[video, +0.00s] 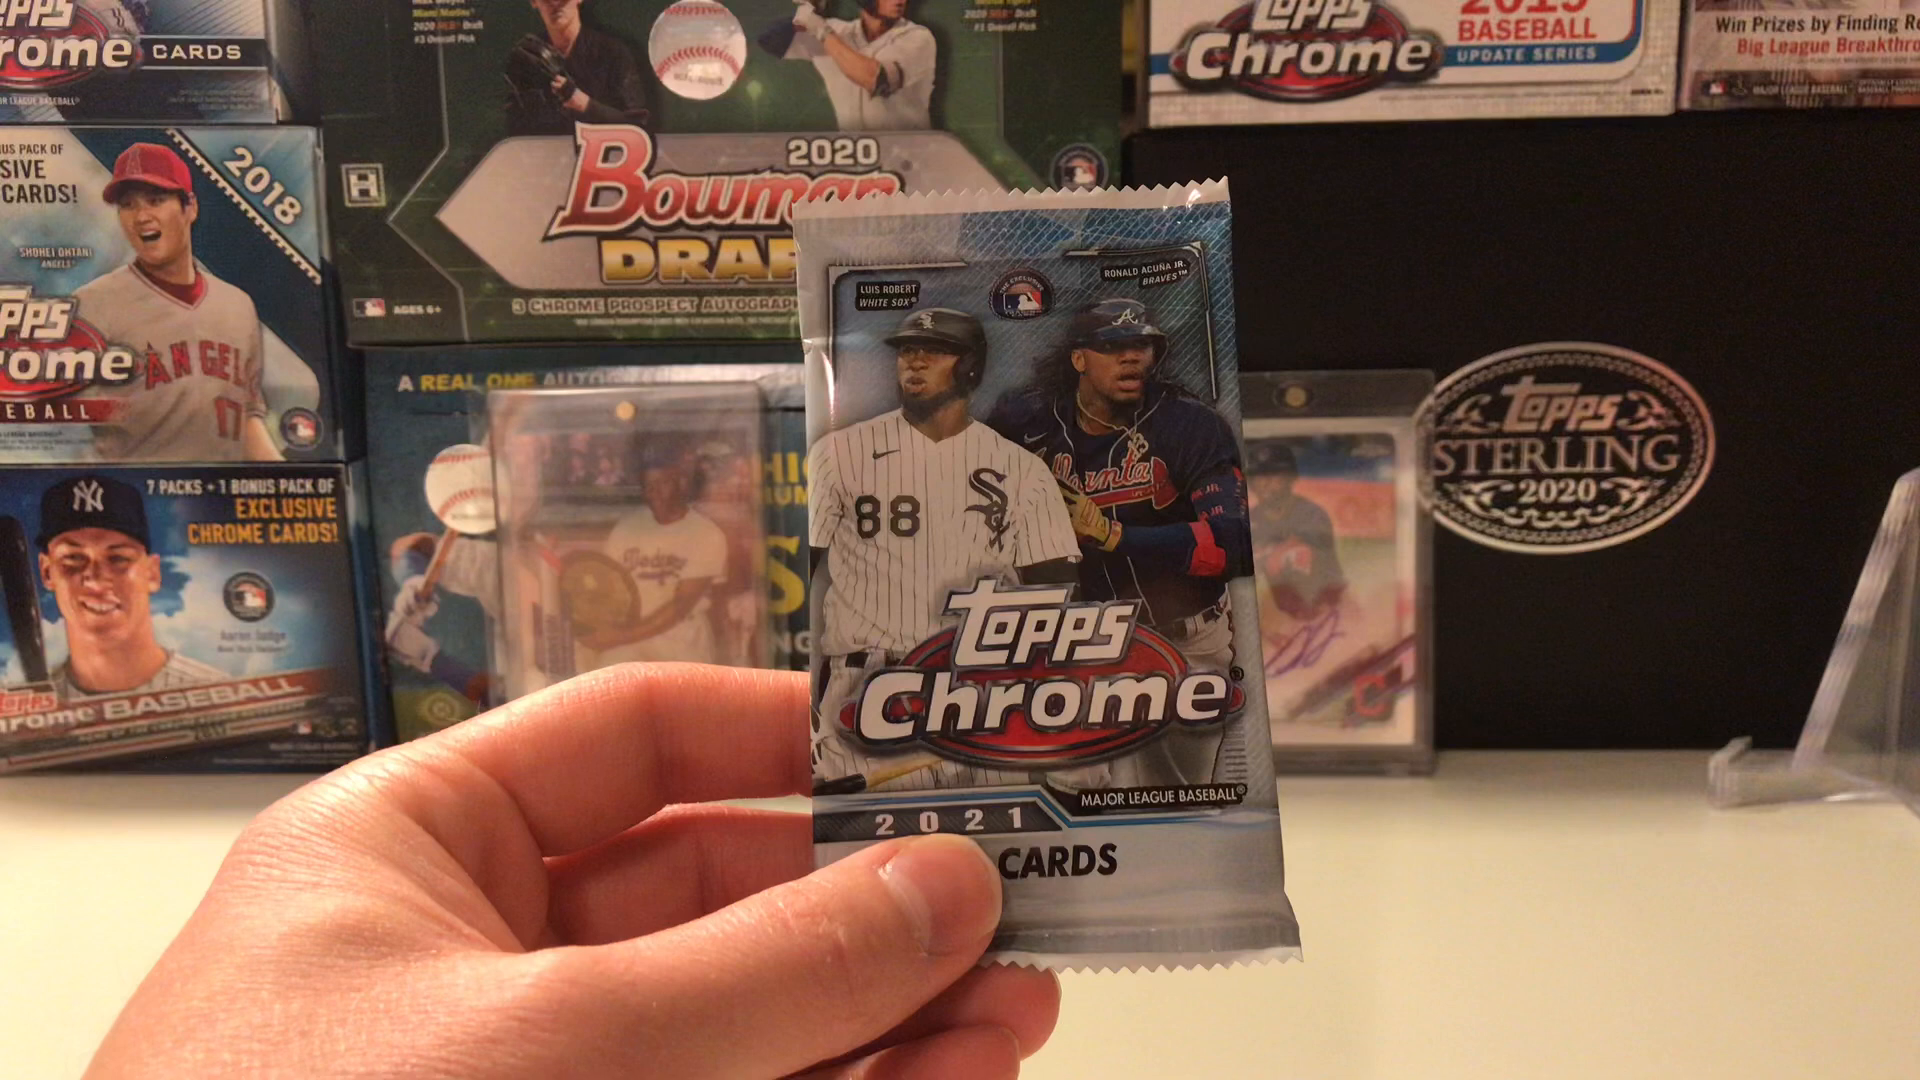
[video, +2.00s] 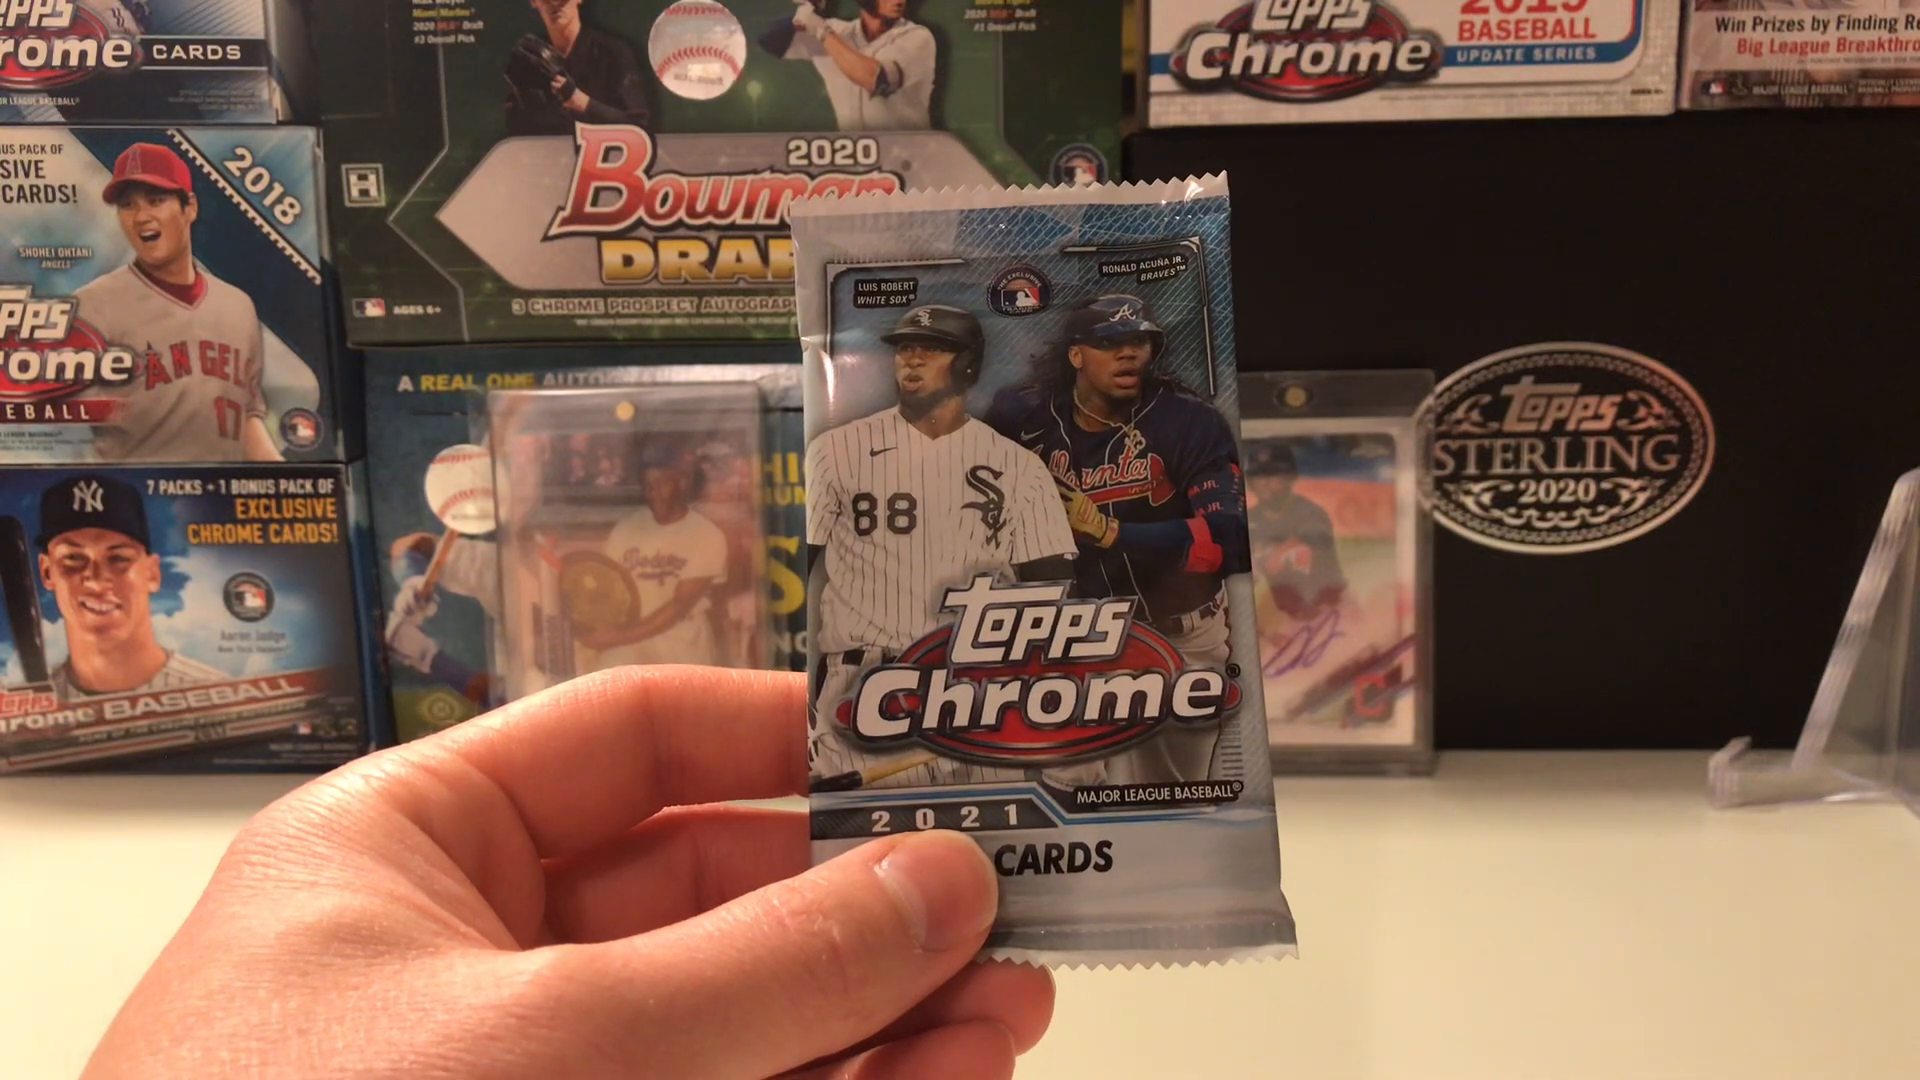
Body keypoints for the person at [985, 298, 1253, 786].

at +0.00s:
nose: (1134, 358)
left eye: (1142, 345)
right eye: (1116, 346)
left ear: (1155, 353)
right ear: (1079, 359)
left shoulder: (1192, 426)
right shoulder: (1028, 423)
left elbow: (1231, 543)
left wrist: (1113, 534)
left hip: (1189, 634)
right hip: (1081, 641)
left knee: (1195, 803)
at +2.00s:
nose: (1131, 354)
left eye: (1140, 341)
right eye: (1113, 343)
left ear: (1153, 349)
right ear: (1076, 356)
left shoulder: (1190, 423)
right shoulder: (1023, 419)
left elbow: (1226, 537)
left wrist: (1112, 532)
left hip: (1182, 630)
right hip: (1070, 636)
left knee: (1178, 801)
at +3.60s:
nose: (1125, 353)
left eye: (1134, 340)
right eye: (1107, 342)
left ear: (1147, 348)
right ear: (1071, 355)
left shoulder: (1185, 420)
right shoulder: (1018, 418)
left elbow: (1221, 534)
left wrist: (1107, 528)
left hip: (1179, 628)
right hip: (1070, 632)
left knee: (1174, 796)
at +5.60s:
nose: (1126, 358)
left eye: (1135, 346)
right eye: (1108, 348)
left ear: (1148, 356)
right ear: (1074, 361)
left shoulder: (1187, 426)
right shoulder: (1022, 422)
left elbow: (1222, 540)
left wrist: (1107, 531)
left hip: (1180, 630)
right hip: (1072, 634)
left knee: (1175, 797)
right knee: (1075, 793)